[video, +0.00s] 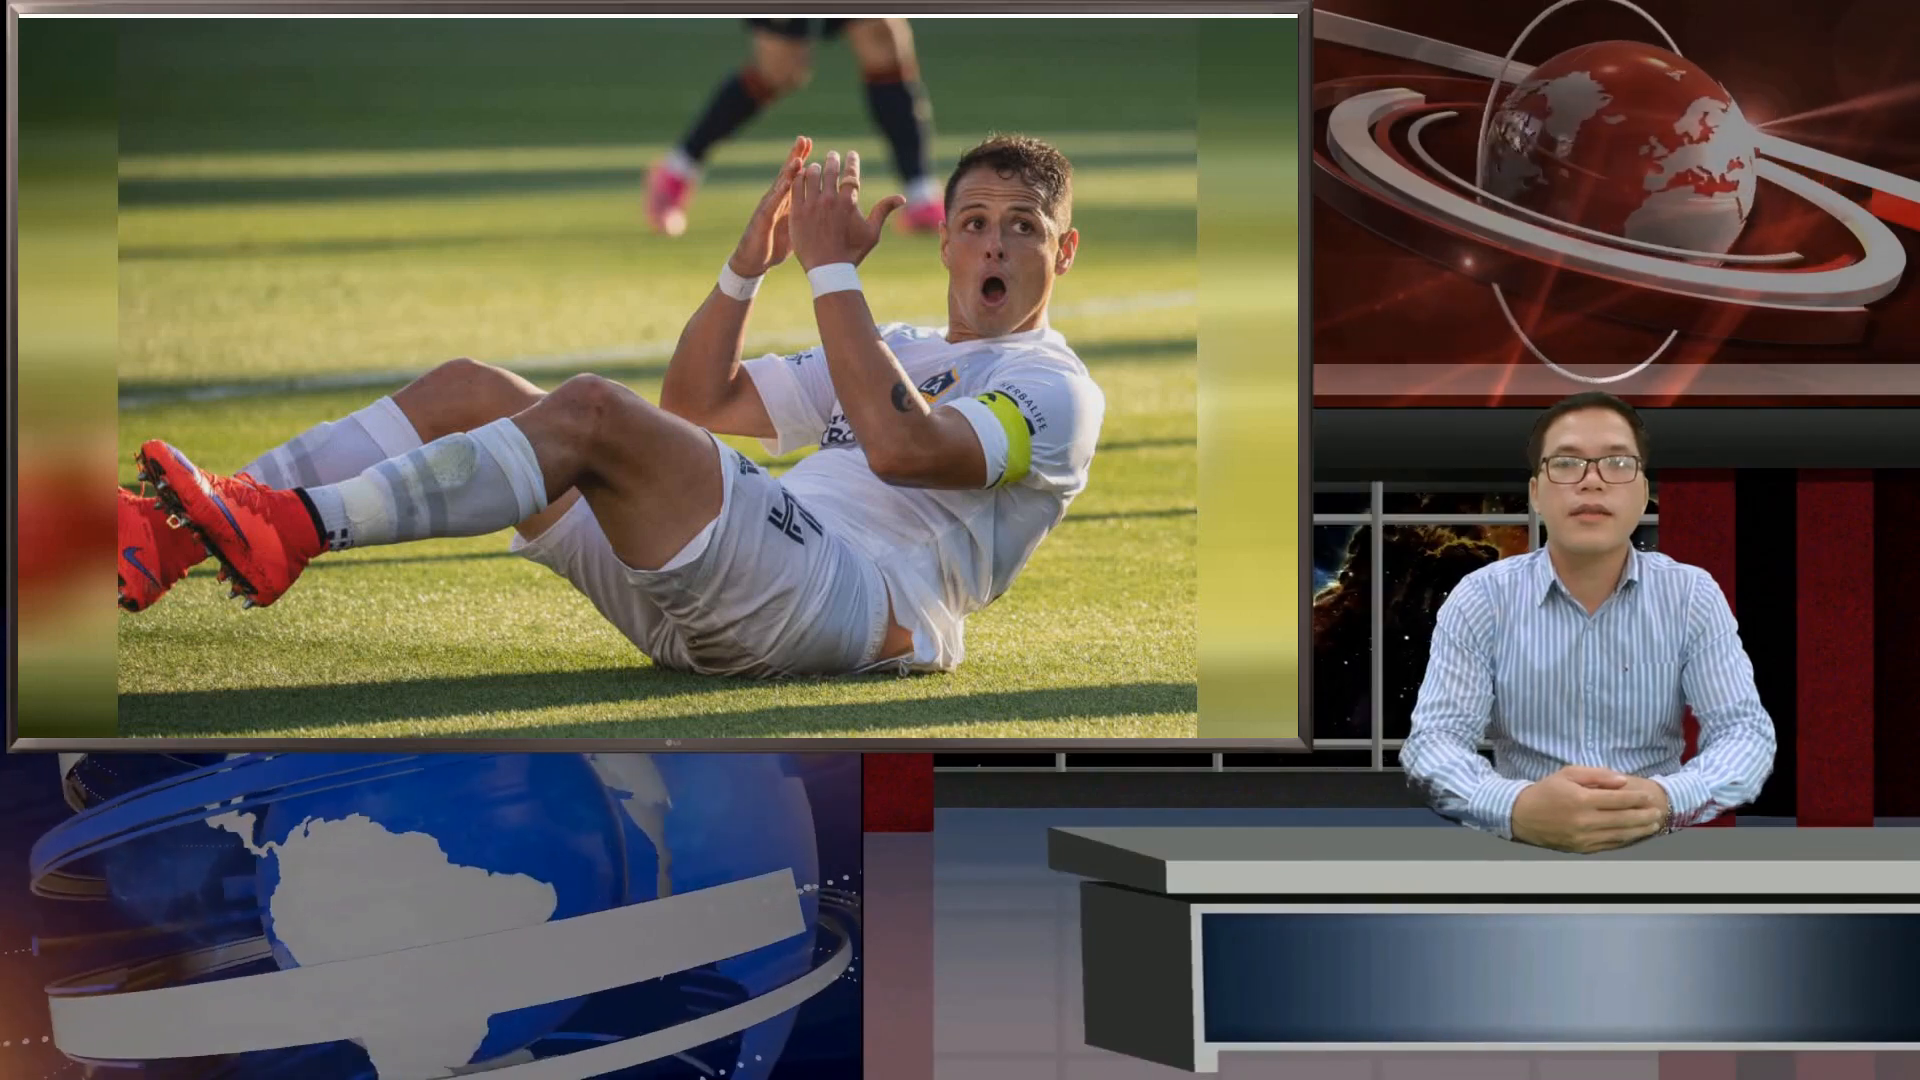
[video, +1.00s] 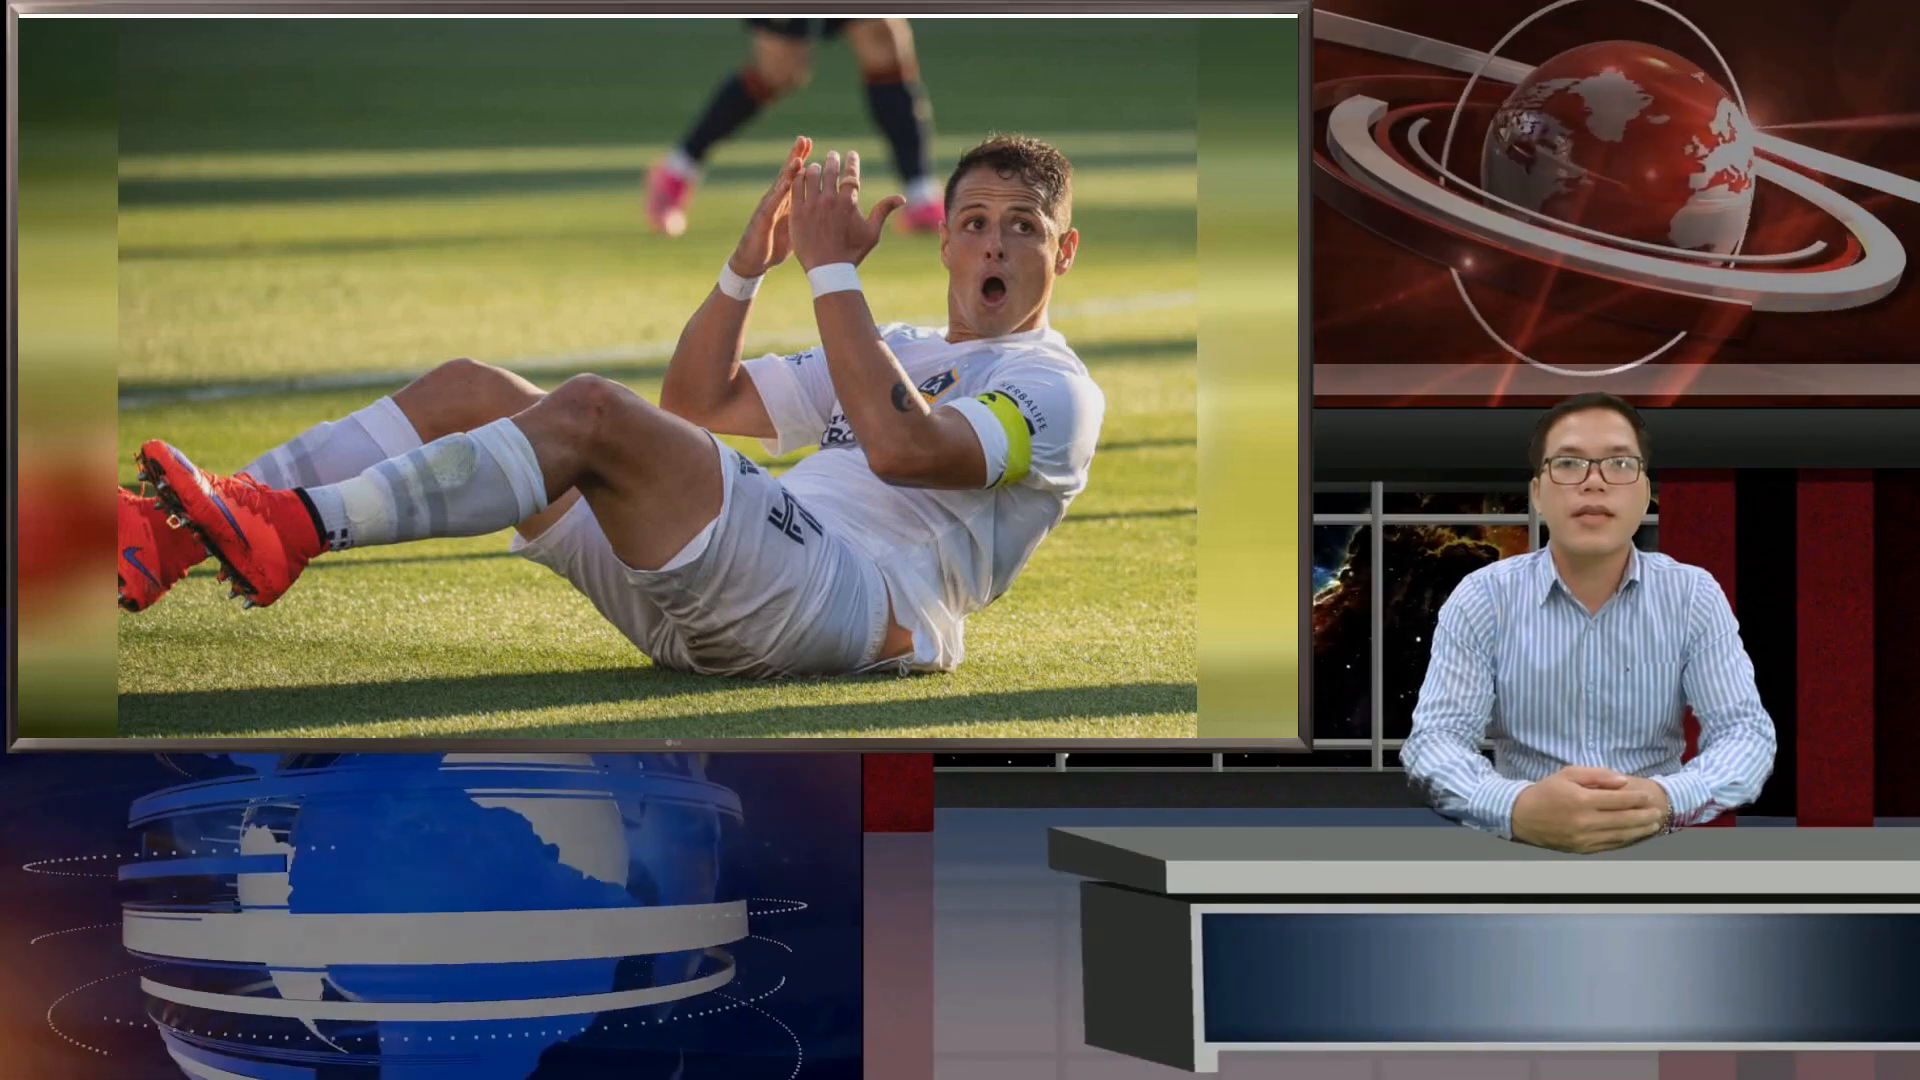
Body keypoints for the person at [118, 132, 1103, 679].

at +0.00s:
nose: (995, 246)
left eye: (1022, 230)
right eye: (976, 224)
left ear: (1065, 258)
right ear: (943, 240)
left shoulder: (1055, 389)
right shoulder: (892, 358)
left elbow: (902, 447)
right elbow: (695, 404)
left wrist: (833, 270)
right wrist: (746, 270)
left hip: (839, 602)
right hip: (732, 571)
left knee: (592, 413)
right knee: (468, 389)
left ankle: (300, 524)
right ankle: (179, 539)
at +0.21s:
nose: (995, 246)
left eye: (1022, 230)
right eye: (976, 224)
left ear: (1065, 258)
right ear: (943, 240)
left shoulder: (1055, 389)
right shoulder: (892, 358)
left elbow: (902, 447)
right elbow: (695, 405)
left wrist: (833, 270)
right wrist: (746, 270)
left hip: (839, 603)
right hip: (732, 572)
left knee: (592, 413)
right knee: (468, 389)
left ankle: (300, 524)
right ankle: (180, 538)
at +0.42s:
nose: (995, 246)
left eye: (1022, 230)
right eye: (976, 224)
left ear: (1065, 257)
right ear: (942, 241)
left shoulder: (1055, 389)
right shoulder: (892, 358)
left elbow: (901, 447)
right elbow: (695, 405)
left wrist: (833, 270)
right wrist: (747, 269)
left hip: (840, 603)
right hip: (732, 573)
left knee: (592, 413)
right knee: (468, 389)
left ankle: (299, 525)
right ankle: (179, 538)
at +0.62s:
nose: (995, 246)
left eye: (1022, 230)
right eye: (976, 224)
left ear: (1065, 258)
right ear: (943, 240)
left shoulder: (1055, 389)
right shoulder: (892, 358)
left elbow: (902, 447)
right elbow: (695, 404)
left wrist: (833, 270)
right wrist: (746, 270)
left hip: (840, 603)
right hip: (732, 571)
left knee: (592, 413)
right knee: (468, 389)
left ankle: (299, 524)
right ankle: (179, 539)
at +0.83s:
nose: (995, 246)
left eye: (1022, 230)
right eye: (975, 224)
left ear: (1065, 257)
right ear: (942, 241)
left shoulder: (1055, 389)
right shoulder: (892, 358)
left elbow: (901, 447)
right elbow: (695, 405)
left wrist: (833, 270)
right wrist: (747, 270)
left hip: (840, 603)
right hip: (732, 573)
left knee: (592, 413)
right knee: (468, 389)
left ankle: (299, 525)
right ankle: (179, 539)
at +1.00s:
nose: (995, 246)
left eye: (1022, 230)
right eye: (976, 224)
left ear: (1065, 258)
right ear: (943, 240)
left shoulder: (1055, 389)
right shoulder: (892, 357)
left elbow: (902, 447)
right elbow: (695, 404)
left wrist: (833, 270)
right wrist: (746, 270)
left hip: (840, 602)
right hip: (733, 571)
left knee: (592, 413)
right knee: (468, 389)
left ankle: (299, 525)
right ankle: (179, 539)